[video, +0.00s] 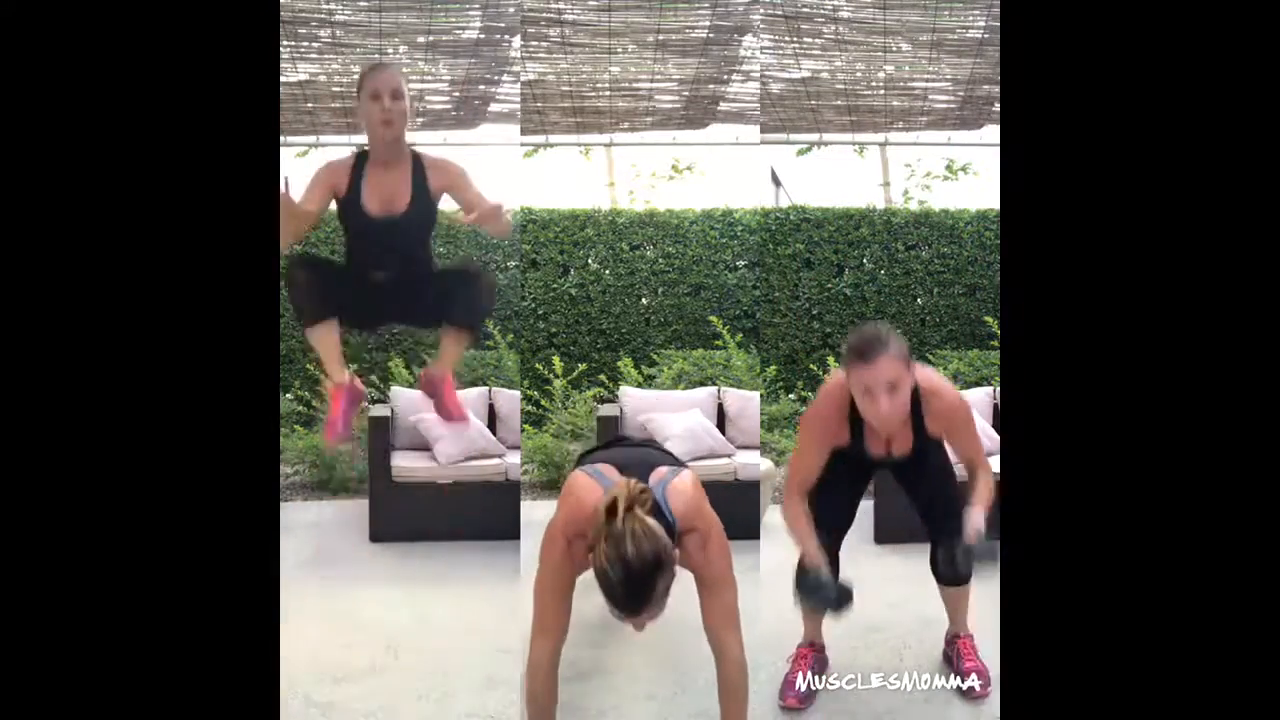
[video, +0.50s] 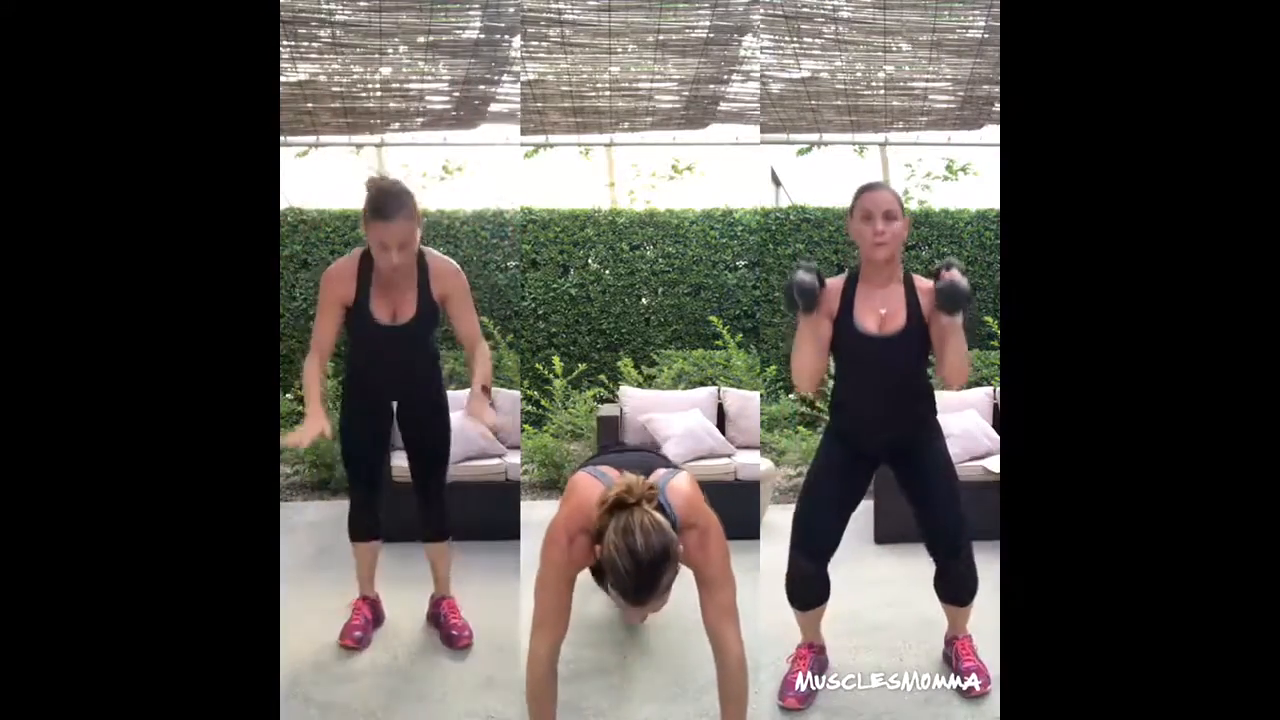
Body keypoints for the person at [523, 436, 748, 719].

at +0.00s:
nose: (639, 628)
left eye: (652, 616)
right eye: (625, 619)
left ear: (673, 558)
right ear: (593, 559)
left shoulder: (694, 512)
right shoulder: (571, 518)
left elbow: (728, 647)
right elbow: (544, 647)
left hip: (665, 463)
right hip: (593, 463)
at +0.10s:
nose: (638, 627)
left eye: (653, 613)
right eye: (624, 617)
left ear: (674, 557)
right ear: (594, 557)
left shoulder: (700, 523)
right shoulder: (566, 528)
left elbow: (729, 648)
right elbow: (543, 651)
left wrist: (734, 715)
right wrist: (539, 714)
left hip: (667, 467)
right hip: (595, 466)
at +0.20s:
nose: (637, 628)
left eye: (652, 616)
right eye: (623, 619)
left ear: (674, 559)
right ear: (594, 559)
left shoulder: (700, 522)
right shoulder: (568, 528)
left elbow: (728, 651)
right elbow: (546, 649)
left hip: (668, 460)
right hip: (595, 462)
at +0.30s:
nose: (638, 629)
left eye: (653, 618)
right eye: (624, 619)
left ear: (676, 559)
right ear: (595, 559)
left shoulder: (701, 521)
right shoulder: (569, 527)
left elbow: (728, 647)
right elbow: (546, 650)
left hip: (669, 460)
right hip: (595, 462)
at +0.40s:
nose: (641, 626)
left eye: (655, 613)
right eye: (627, 617)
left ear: (677, 559)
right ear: (598, 557)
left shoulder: (700, 519)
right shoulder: (569, 528)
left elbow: (728, 645)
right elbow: (546, 652)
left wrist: (734, 715)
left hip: (669, 463)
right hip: (596, 465)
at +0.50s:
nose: (639, 618)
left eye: (656, 606)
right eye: (625, 606)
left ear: (678, 554)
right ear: (598, 556)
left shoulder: (696, 517)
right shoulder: (569, 526)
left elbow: (728, 646)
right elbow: (543, 650)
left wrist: (734, 716)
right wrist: (542, 716)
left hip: (666, 471)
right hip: (595, 471)